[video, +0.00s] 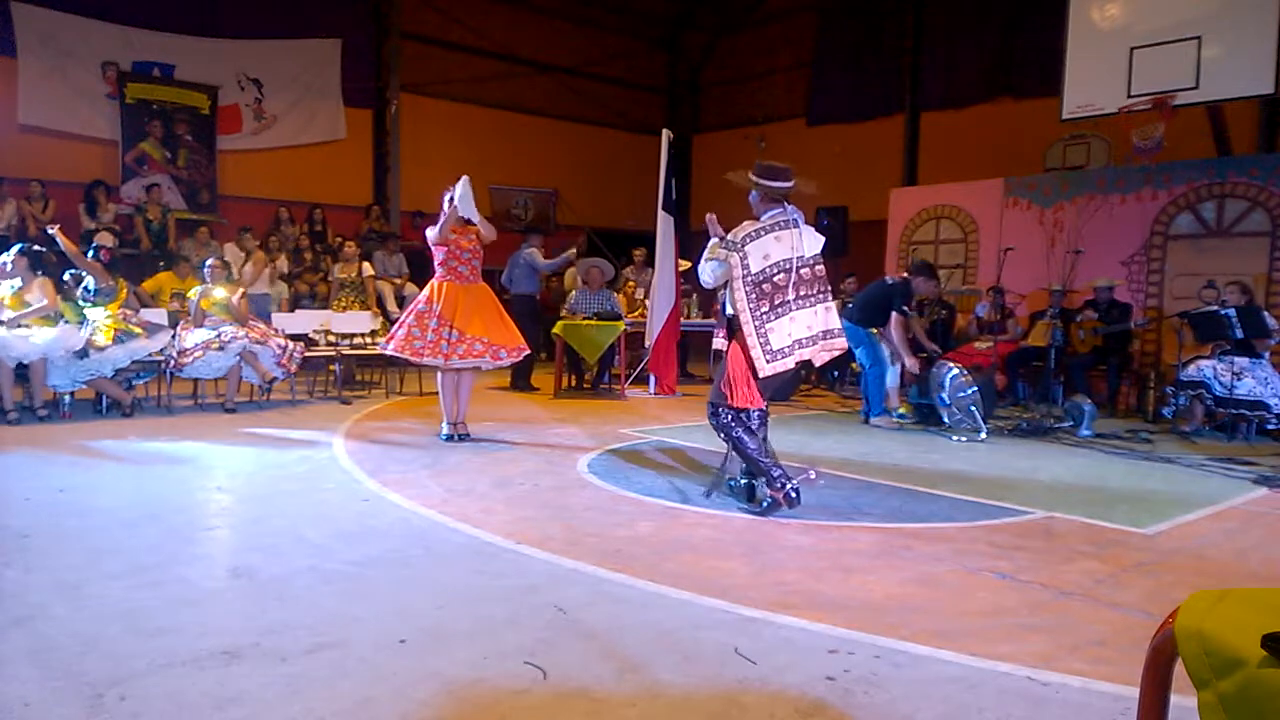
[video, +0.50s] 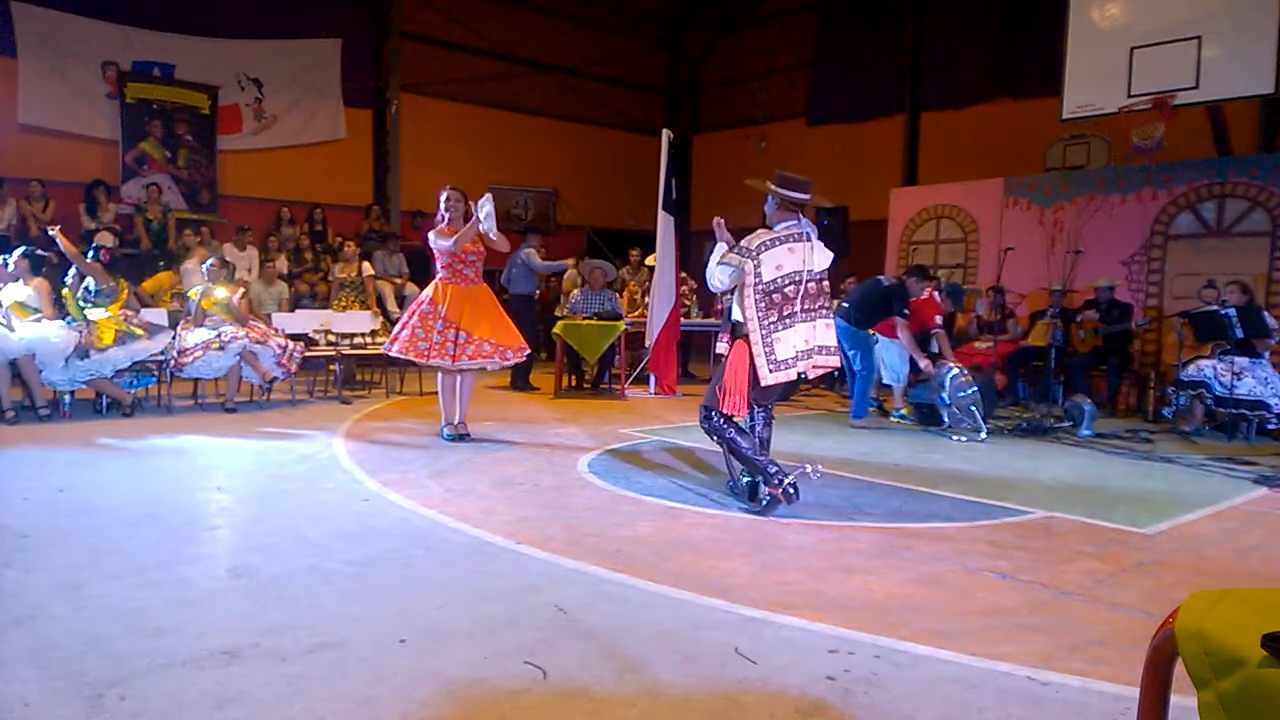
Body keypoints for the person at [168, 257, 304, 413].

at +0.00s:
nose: (210, 271)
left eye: (215, 268)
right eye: (208, 268)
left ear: (225, 272)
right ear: (204, 272)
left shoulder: (236, 291)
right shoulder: (198, 292)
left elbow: (244, 320)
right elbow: (196, 323)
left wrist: (231, 304)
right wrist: (200, 300)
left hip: (232, 328)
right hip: (207, 328)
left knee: (237, 354)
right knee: (236, 339)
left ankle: (230, 400)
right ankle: (263, 374)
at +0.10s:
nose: (212, 271)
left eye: (217, 268)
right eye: (209, 268)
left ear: (226, 272)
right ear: (205, 272)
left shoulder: (237, 291)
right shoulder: (198, 293)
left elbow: (244, 320)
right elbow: (197, 323)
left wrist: (230, 305)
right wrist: (201, 300)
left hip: (232, 328)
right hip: (207, 329)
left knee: (236, 355)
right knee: (237, 340)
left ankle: (230, 400)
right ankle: (264, 374)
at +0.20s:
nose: (212, 271)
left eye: (217, 268)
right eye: (209, 267)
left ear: (227, 271)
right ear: (205, 272)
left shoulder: (237, 292)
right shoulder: (199, 292)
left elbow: (244, 320)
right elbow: (197, 323)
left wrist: (231, 304)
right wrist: (200, 300)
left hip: (232, 328)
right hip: (208, 329)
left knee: (236, 355)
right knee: (237, 339)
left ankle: (230, 399)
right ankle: (264, 374)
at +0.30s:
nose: (211, 270)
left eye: (216, 267)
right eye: (208, 266)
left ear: (228, 271)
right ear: (204, 271)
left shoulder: (238, 291)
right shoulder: (199, 293)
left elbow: (244, 320)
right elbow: (197, 323)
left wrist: (232, 304)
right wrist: (201, 300)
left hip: (232, 327)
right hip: (207, 329)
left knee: (237, 354)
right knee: (237, 339)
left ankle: (230, 399)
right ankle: (264, 374)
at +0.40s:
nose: (211, 270)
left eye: (216, 267)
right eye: (210, 266)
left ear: (227, 271)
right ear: (208, 271)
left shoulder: (238, 291)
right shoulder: (200, 292)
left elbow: (244, 320)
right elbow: (197, 323)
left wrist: (232, 304)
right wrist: (201, 301)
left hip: (233, 327)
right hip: (209, 328)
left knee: (236, 356)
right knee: (237, 340)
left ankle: (230, 399)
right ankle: (264, 374)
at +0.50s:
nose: (209, 270)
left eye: (214, 267)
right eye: (208, 267)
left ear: (226, 271)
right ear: (205, 271)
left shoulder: (238, 291)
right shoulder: (200, 292)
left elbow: (244, 320)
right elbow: (197, 323)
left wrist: (232, 304)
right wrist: (201, 299)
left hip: (234, 327)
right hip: (209, 328)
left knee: (236, 357)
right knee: (237, 340)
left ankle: (230, 400)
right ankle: (264, 374)